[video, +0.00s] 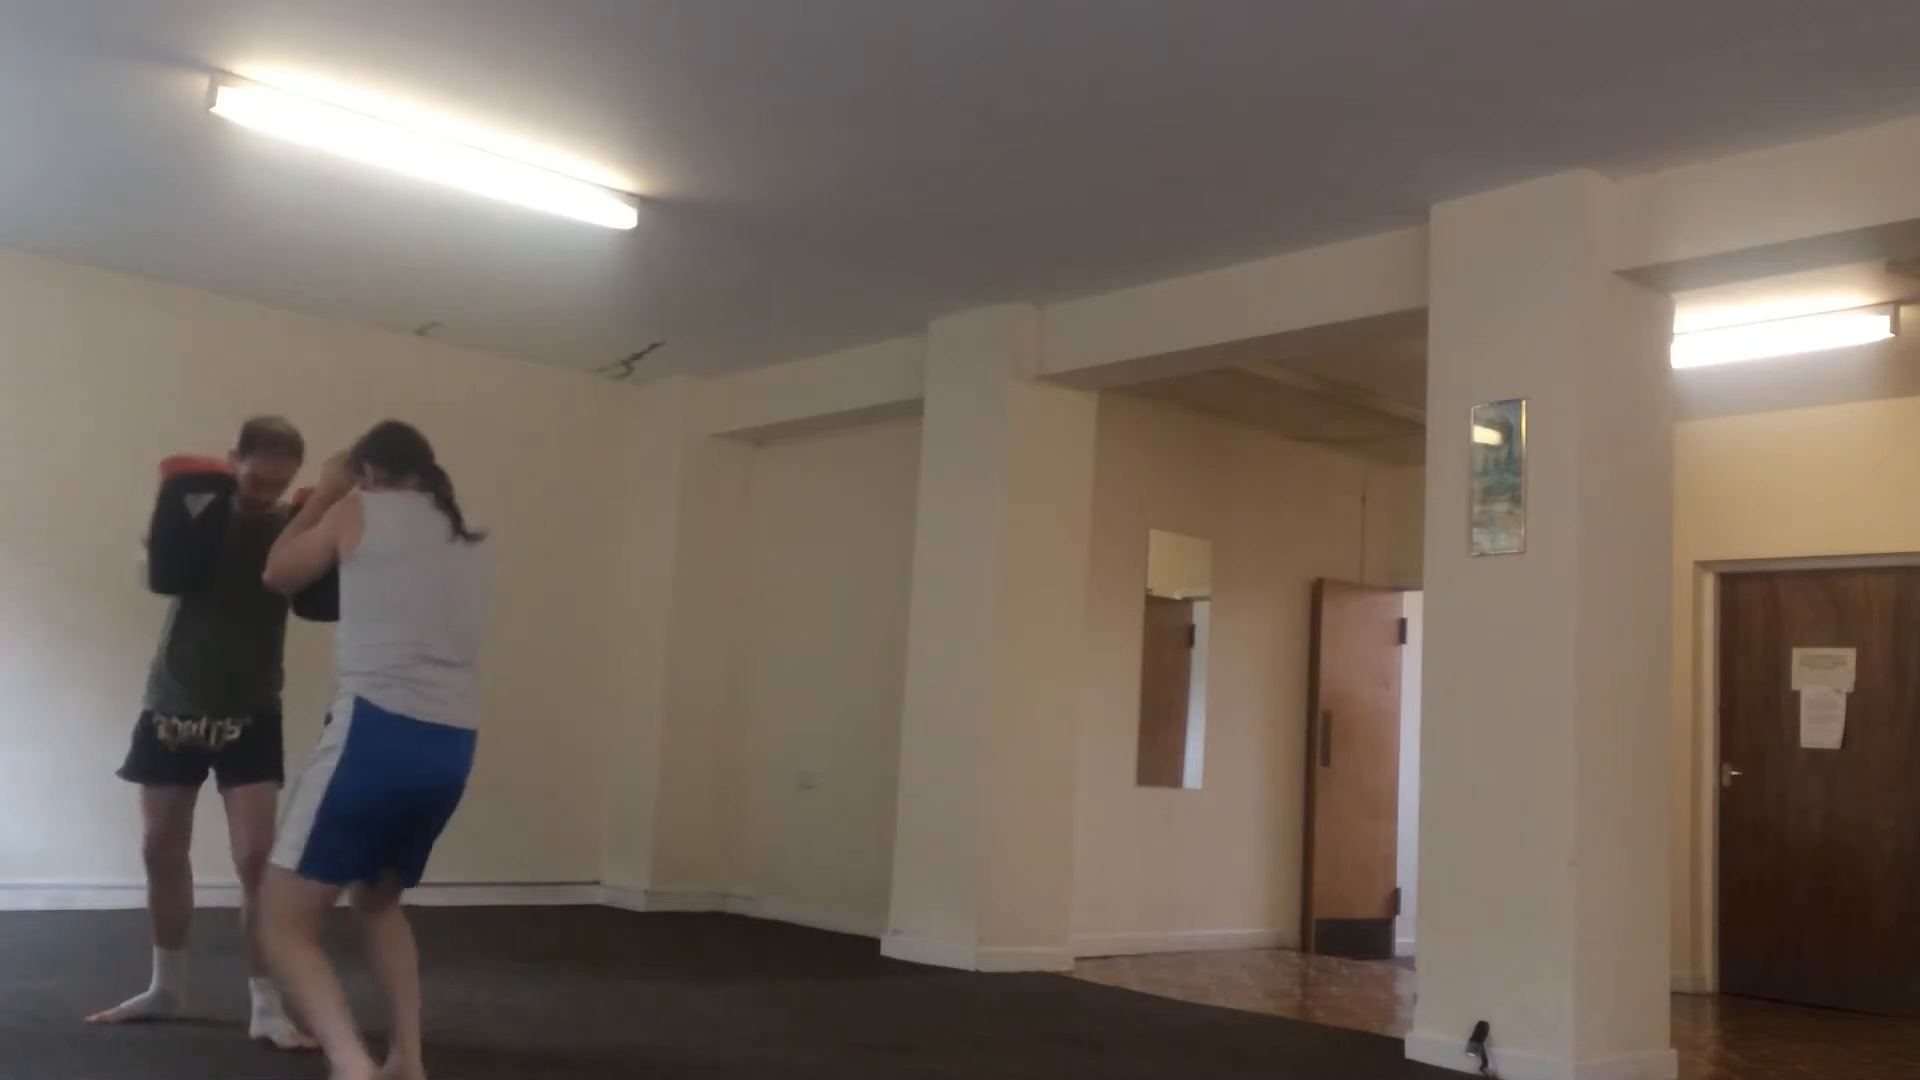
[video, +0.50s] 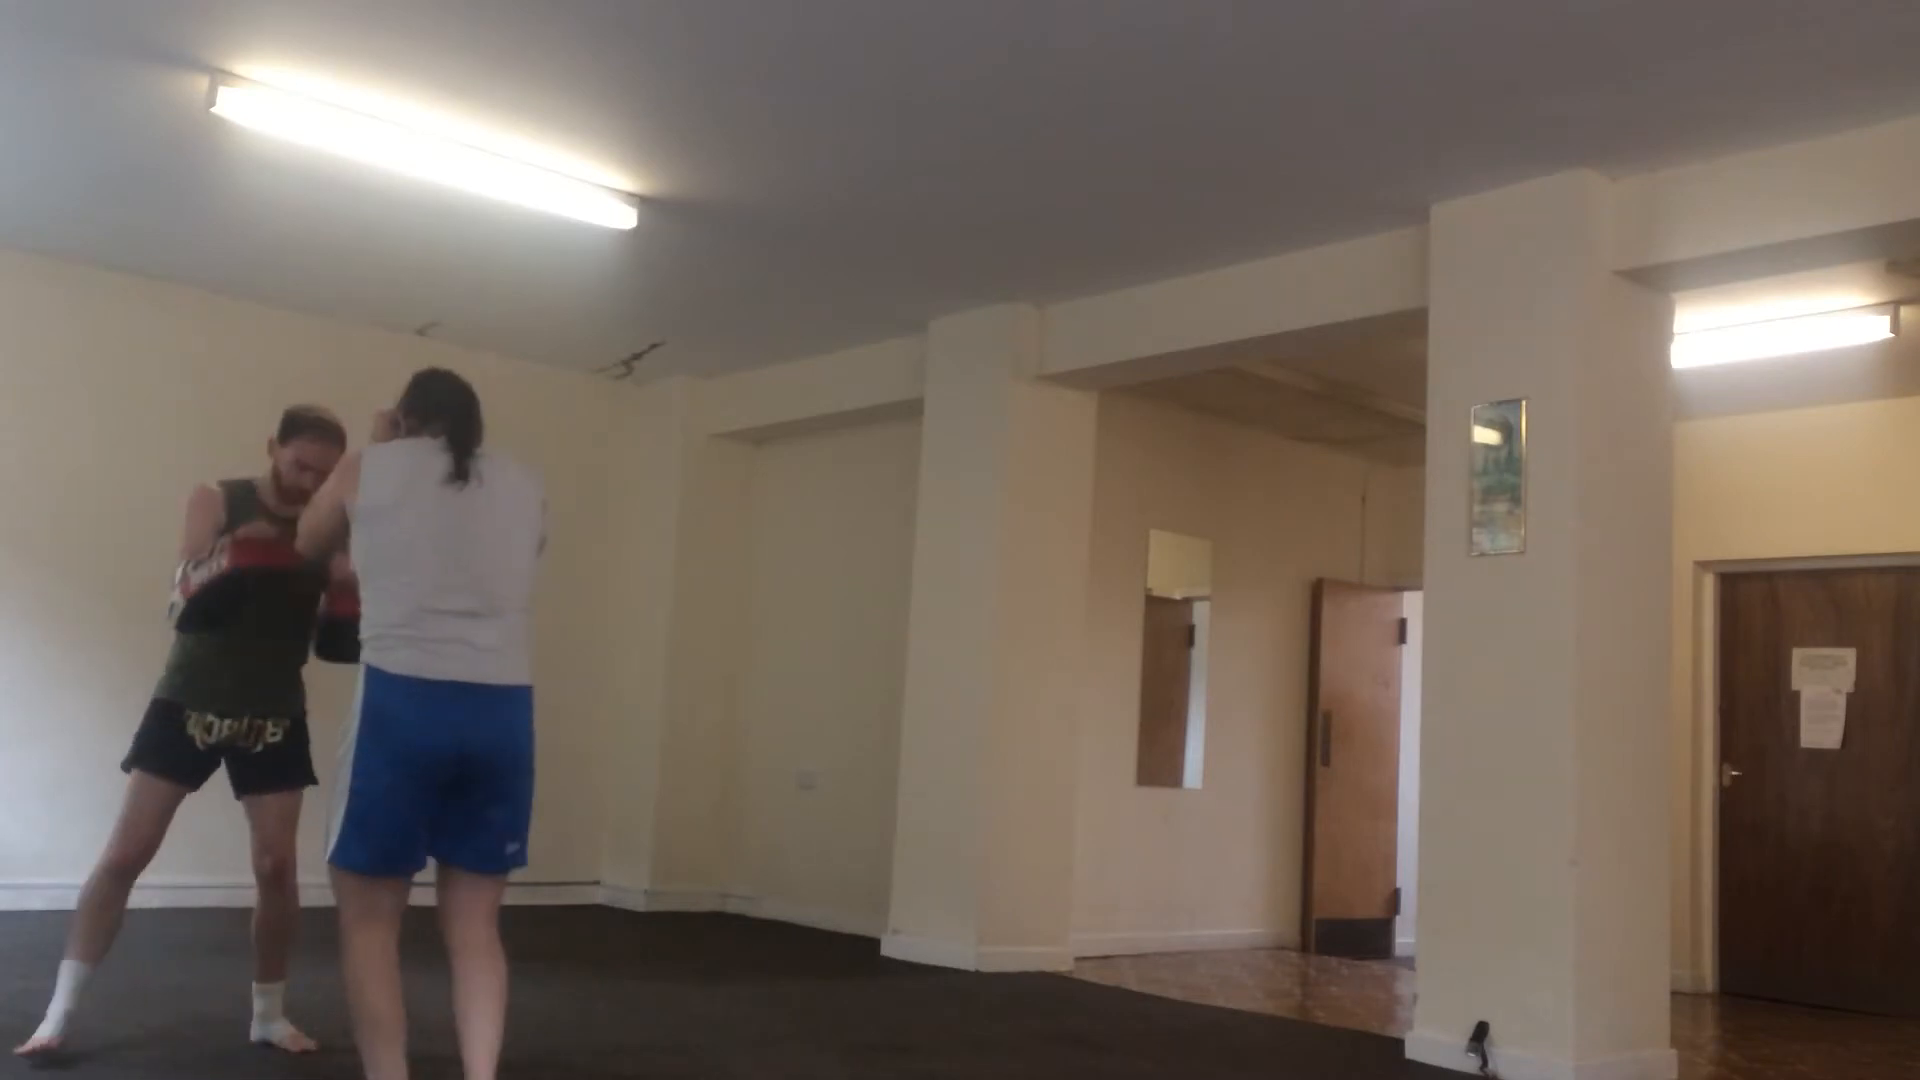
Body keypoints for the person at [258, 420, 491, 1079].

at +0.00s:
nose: (351, 484)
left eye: (352, 474)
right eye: (352, 474)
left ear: (370, 471)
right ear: (427, 475)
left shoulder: (361, 512)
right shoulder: (470, 539)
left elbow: (280, 572)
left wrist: (319, 499)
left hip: (369, 739)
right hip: (448, 751)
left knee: (284, 921)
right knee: (379, 899)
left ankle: (352, 1065)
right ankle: (408, 1058)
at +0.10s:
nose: (354, 469)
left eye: (358, 461)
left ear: (376, 462)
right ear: (433, 467)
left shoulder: (360, 505)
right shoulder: (476, 532)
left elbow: (283, 564)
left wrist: (327, 493)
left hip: (379, 735)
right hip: (461, 744)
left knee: (338, 945)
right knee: (403, 908)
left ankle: (374, 1070)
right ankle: (409, 1065)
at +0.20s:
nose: (349, 463)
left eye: (354, 454)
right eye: (353, 454)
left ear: (374, 453)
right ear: (436, 458)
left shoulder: (354, 492)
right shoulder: (486, 523)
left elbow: (285, 562)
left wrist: (335, 489)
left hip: (388, 731)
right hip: (477, 739)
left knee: (340, 927)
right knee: (432, 911)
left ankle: (382, 1071)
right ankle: (417, 1061)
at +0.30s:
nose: (359, 443)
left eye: (365, 435)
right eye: (366, 435)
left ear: (382, 438)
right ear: (446, 442)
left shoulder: (355, 482)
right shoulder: (496, 504)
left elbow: (292, 556)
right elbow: (468, 579)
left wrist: (342, 476)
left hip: (390, 726)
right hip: (486, 731)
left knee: (349, 921)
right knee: (446, 902)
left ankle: (382, 1071)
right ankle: (457, 1068)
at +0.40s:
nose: (374, 422)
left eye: (381, 415)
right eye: (382, 415)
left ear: (395, 421)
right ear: (458, 426)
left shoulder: (360, 473)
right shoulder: (510, 490)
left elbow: (301, 542)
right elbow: (503, 571)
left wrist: (358, 458)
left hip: (398, 719)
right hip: (494, 722)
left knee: (363, 911)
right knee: (460, 898)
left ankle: (386, 1070)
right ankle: (480, 1069)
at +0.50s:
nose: (389, 414)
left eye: (395, 408)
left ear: (406, 416)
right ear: (474, 424)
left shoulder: (369, 466)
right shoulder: (524, 485)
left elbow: (311, 538)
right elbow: (520, 570)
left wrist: (368, 452)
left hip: (402, 715)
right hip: (501, 720)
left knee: (370, 915)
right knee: (476, 922)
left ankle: (387, 1071)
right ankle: (482, 1073)